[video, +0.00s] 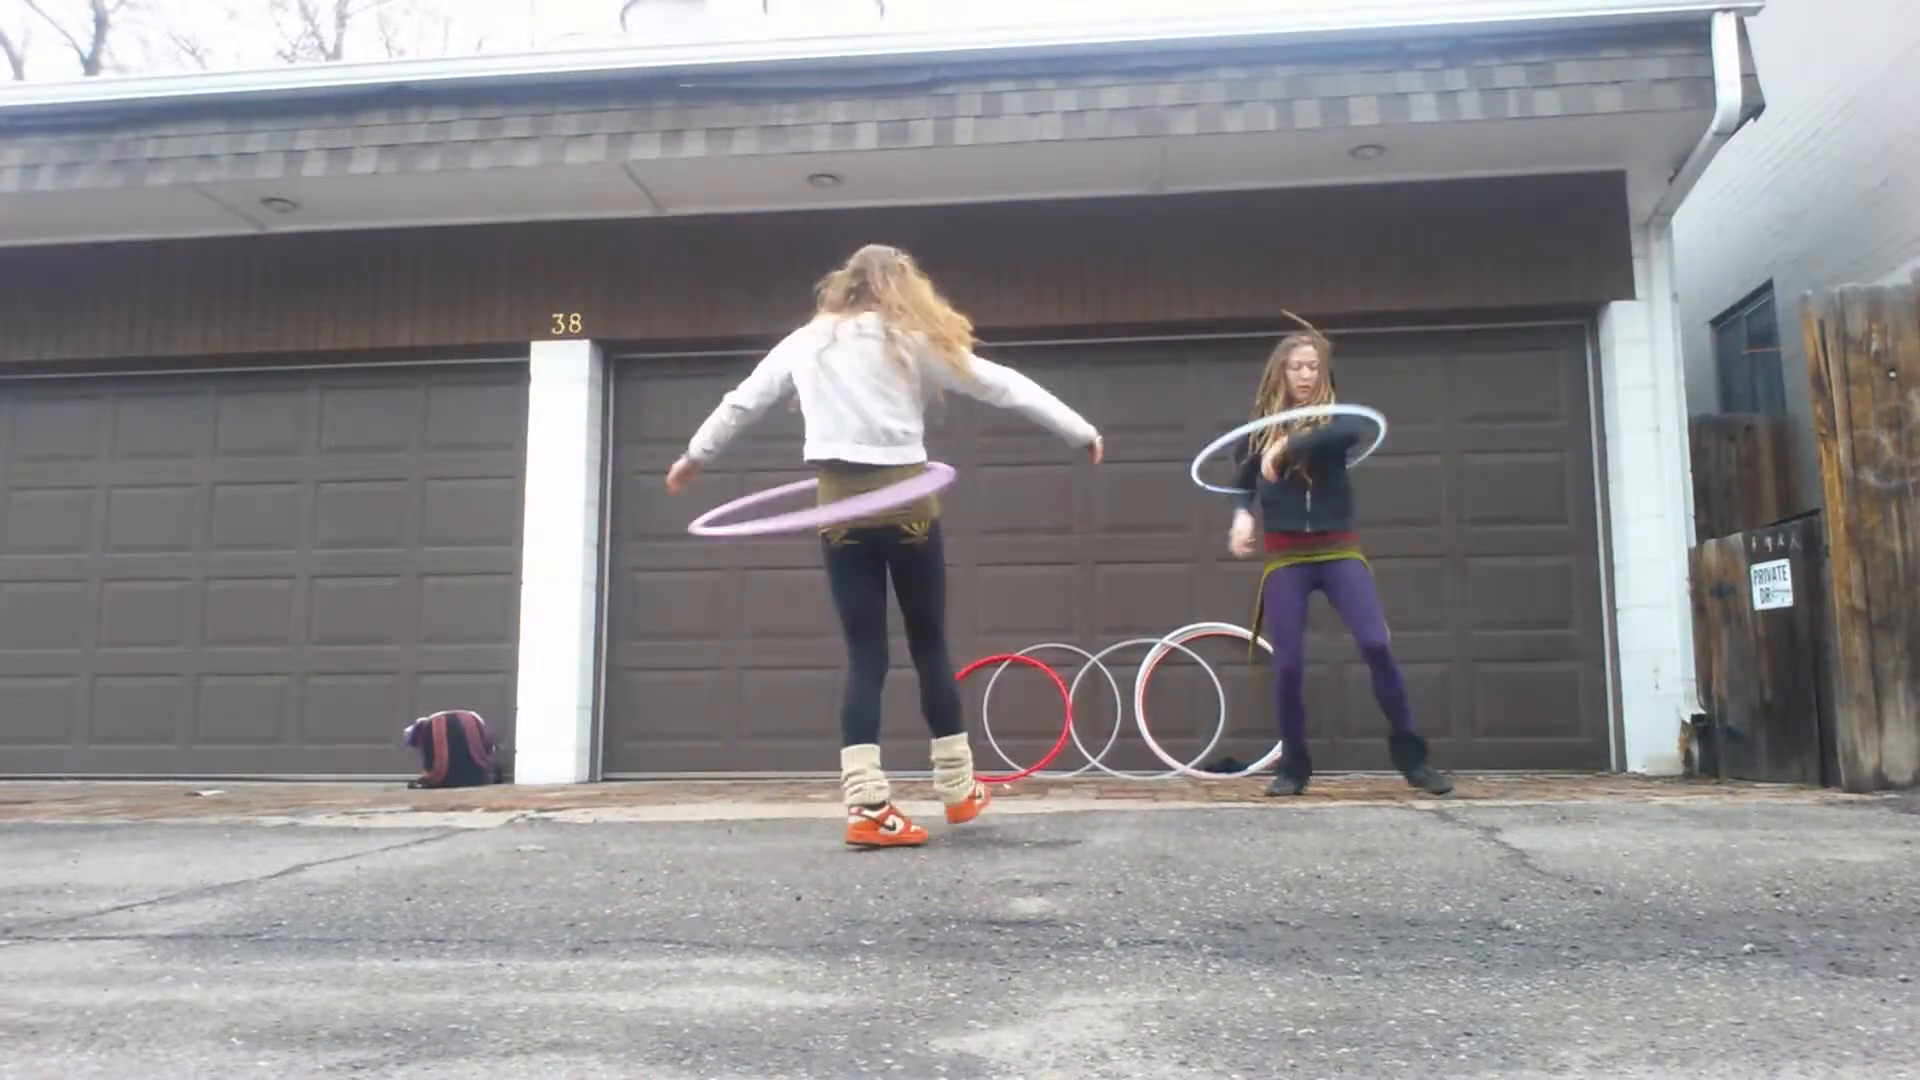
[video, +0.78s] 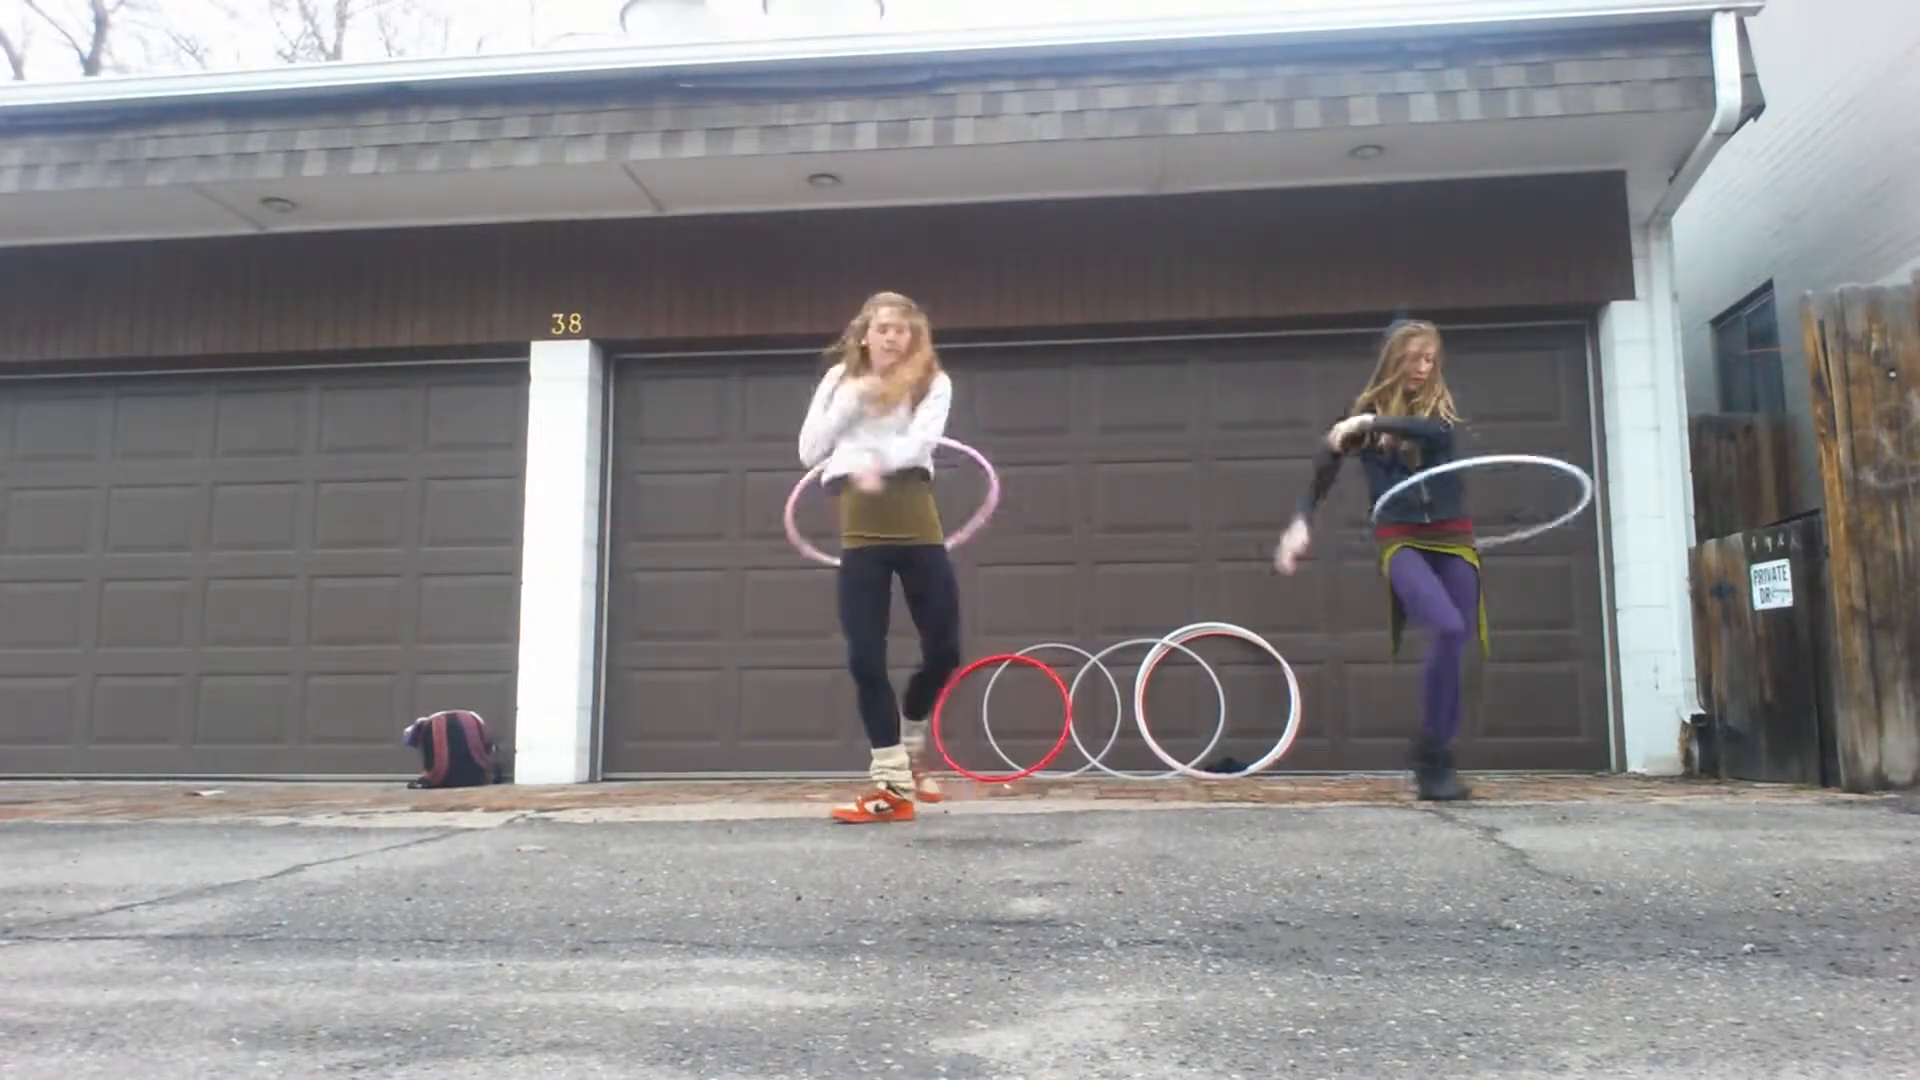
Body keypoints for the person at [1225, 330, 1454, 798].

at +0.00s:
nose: (1305, 376)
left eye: (1313, 368)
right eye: (1297, 367)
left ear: (1323, 373)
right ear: (1281, 372)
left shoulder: (1339, 417)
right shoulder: (1261, 425)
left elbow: (1344, 432)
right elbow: (1244, 481)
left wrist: (1289, 447)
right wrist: (1243, 513)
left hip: (1339, 550)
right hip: (1284, 555)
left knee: (1377, 644)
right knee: (1287, 662)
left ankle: (1411, 757)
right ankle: (1294, 766)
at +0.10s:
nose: (1312, 375)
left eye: (1320, 368)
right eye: (1303, 368)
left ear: (1329, 374)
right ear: (1287, 375)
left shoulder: (1339, 417)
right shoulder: (1274, 423)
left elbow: (1379, 401)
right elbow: (1260, 480)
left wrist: (1328, 396)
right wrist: (1291, 492)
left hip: (1344, 547)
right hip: (1293, 552)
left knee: (1378, 647)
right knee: (1296, 662)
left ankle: (1425, 763)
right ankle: (1294, 765)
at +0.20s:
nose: (1323, 373)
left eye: (1330, 365)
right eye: (1315, 365)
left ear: (1339, 370)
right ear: (1299, 372)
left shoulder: (1357, 416)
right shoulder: (1286, 421)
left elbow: (1415, 392)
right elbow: (1288, 453)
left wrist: (1382, 398)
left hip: (1358, 542)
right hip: (1304, 546)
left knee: (1383, 646)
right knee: (1303, 660)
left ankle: (1425, 764)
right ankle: (1297, 763)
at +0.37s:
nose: (1353, 365)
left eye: (1358, 358)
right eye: (1343, 358)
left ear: (1368, 365)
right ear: (1320, 365)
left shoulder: (1376, 413)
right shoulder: (1305, 408)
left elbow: (1398, 474)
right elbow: (1338, 394)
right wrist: (1396, 362)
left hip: (1388, 538)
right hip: (1333, 540)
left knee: (1406, 644)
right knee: (1320, 654)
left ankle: (1424, 762)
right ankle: (1290, 757)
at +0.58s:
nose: (1387, 370)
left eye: (1394, 361)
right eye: (1378, 361)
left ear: (1403, 367)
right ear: (1360, 368)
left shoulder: (1418, 416)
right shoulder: (1343, 415)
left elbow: (1445, 465)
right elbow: (1306, 408)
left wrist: (1456, 501)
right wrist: (1338, 364)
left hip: (1431, 541)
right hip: (1373, 543)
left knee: (1440, 651)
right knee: (1373, 655)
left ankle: (1432, 769)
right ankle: (1335, 752)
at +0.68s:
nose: (1404, 371)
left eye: (1412, 363)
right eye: (1395, 362)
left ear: (1422, 367)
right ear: (1377, 365)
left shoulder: (1431, 410)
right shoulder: (1357, 407)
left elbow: (1450, 455)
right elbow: (1299, 447)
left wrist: (1396, 452)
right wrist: (1293, 427)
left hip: (1443, 542)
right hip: (1387, 542)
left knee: (1448, 653)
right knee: (1412, 636)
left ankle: (1435, 770)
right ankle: (1386, 753)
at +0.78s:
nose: (1423, 369)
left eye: (1430, 361)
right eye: (1414, 360)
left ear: (1437, 364)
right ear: (1394, 362)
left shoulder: (1444, 409)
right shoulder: (1367, 415)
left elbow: (1437, 431)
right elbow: (1326, 468)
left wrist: (1369, 423)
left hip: (1454, 538)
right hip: (1401, 541)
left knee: (1456, 641)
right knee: (1449, 626)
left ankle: (1440, 763)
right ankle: (1431, 756)